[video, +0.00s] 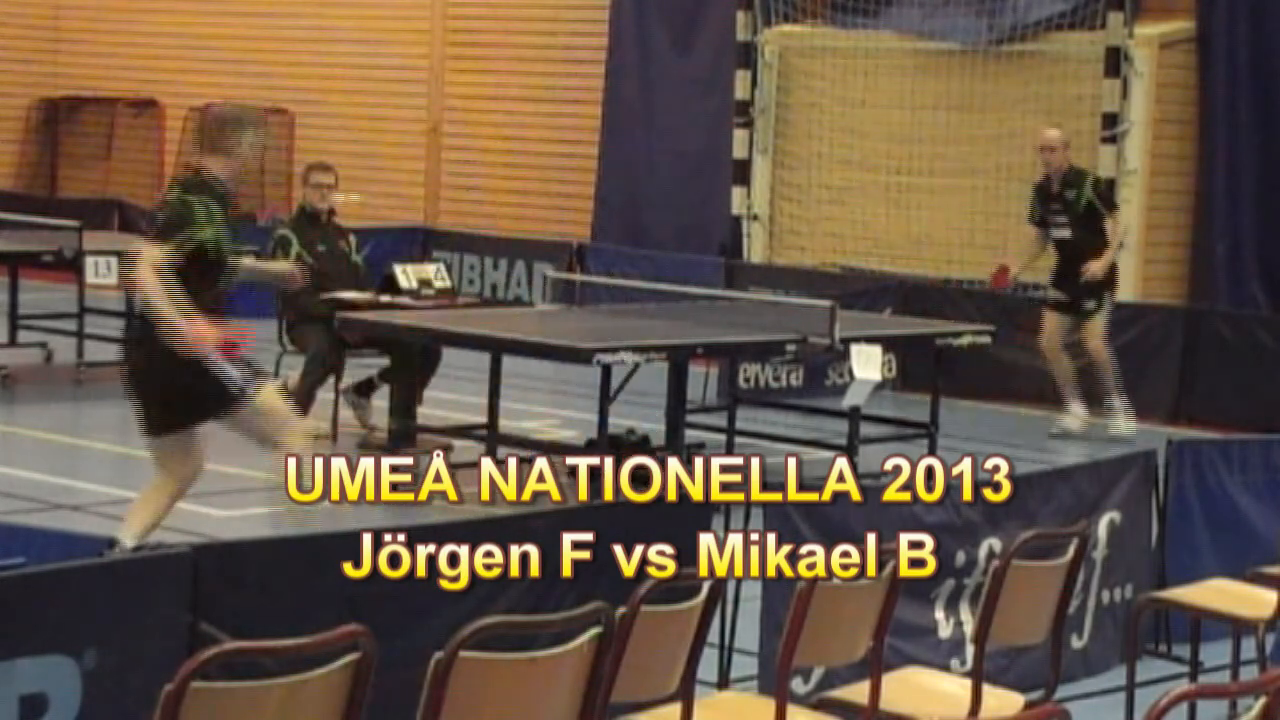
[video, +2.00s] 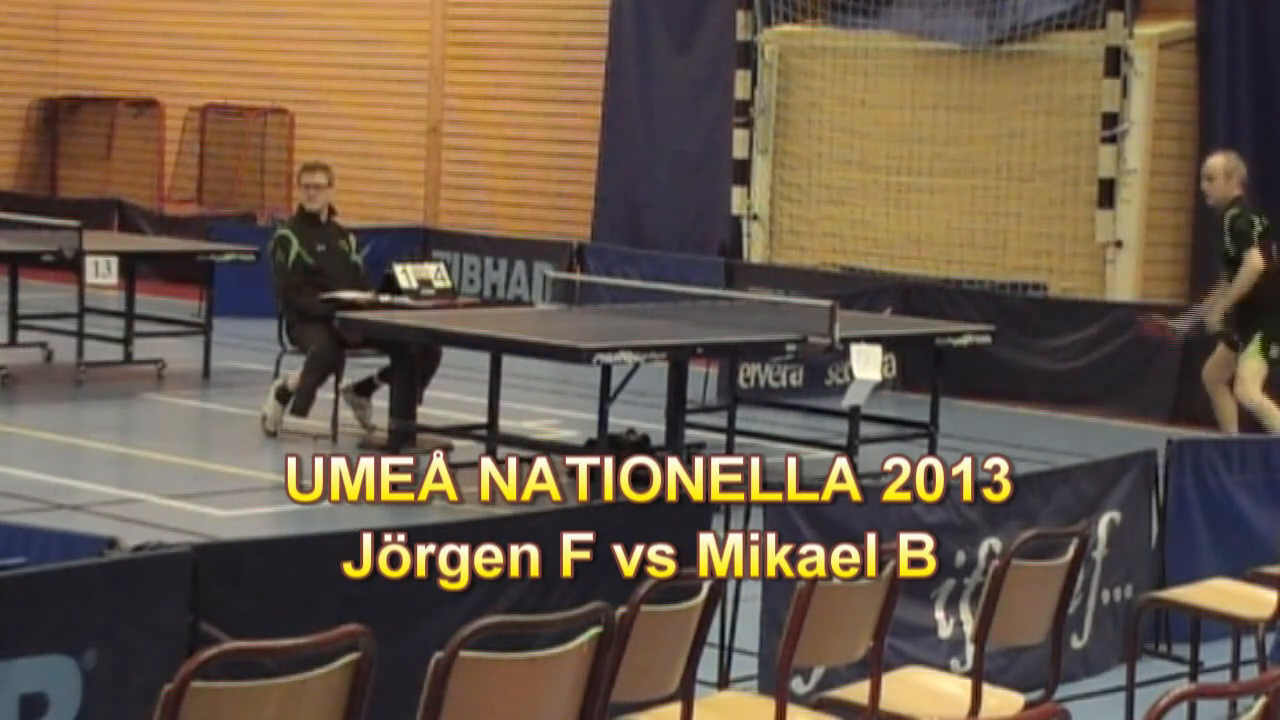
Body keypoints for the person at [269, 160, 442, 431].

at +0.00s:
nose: (324, 193)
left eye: (330, 187)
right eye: (317, 187)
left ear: (336, 192)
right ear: (303, 190)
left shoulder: (342, 234)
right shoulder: (289, 234)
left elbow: (362, 279)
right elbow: (294, 295)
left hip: (350, 318)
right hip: (310, 319)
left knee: (425, 350)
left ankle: (362, 391)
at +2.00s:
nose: (312, 193)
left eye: (319, 187)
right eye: (306, 187)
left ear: (330, 191)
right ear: (298, 190)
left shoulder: (343, 235)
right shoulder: (287, 235)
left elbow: (358, 281)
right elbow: (291, 294)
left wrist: (367, 302)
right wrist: (336, 309)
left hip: (351, 318)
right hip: (309, 319)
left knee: (425, 351)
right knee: (328, 353)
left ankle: (362, 391)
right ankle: (285, 392)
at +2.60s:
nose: (348, 206)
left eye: (352, 200)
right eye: (344, 197)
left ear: (353, 201)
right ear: (325, 192)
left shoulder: (348, 237)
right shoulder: (297, 233)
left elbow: (361, 280)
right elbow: (307, 283)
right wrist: (354, 277)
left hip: (350, 313)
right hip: (309, 313)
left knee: (425, 351)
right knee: (327, 355)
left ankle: (361, 391)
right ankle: (283, 392)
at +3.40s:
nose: (363, 208)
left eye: (367, 202)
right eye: (358, 199)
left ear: (370, 204)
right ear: (340, 195)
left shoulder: (355, 238)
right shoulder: (313, 229)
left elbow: (365, 281)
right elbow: (334, 276)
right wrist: (371, 286)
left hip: (350, 318)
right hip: (310, 316)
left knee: (419, 350)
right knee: (328, 349)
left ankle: (362, 391)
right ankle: (299, 395)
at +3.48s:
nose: (302, 196)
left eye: (309, 189)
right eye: (296, 188)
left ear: (317, 192)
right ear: (284, 190)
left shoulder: (321, 234)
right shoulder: (264, 236)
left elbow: (345, 278)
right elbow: (257, 296)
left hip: (329, 323)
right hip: (281, 324)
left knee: (409, 355)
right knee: (306, 356)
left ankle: (343, 402)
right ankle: (275, 403)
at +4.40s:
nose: (318, 200)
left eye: (324, 193)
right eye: (311, 193)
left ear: (332, 197)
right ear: (299, 195)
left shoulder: (340, 241)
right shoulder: (283, 237)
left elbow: (357, 290)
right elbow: (275, 300)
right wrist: (320, 315)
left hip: (340, 324)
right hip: (298, 324)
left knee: (417, 358)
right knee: (313, 359)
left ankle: (354, 401)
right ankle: (272, 423)